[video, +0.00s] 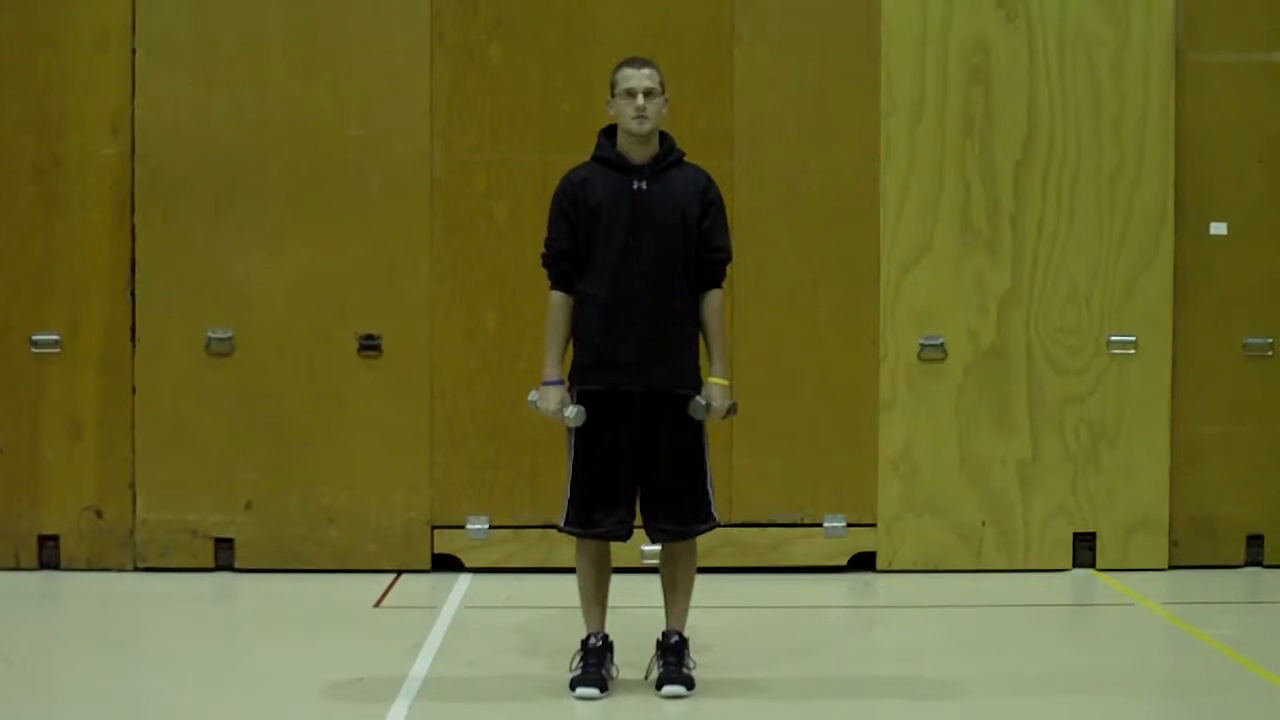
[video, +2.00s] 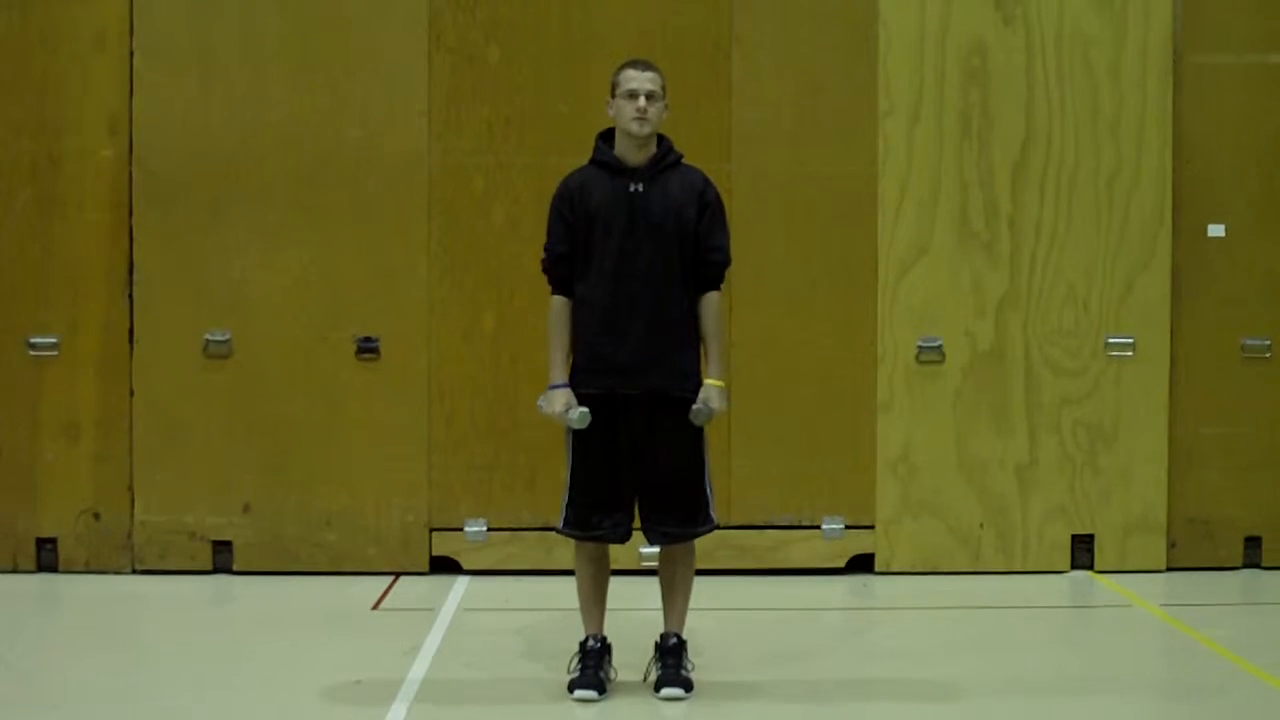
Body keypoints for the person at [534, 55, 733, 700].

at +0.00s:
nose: (641, 105)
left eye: (651, 95)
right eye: (630, 95)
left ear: (666, 105)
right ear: (611, 105)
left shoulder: (696, 186)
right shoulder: (579, 186)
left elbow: (711, 287)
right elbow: (561, 288)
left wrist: (719, 374)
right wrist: (552, 376)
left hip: (674, 382)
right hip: (598, 382)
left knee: (678, 522)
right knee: (593, 520)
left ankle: (674, 646)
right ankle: (594, 646)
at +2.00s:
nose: (642, 106)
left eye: (652, 97)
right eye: (631, 96)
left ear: (665, 110)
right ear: (610, 106)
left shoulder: (695, 189)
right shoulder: (577, 189)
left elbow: (710, 289)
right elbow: (561, 292)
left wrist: (715, 376)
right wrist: (558, 381)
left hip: (673, 385)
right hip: (596, 385)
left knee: (677, 524)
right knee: (591, 523)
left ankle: (673, 648)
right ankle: (593, 648)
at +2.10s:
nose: (641, 106)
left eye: (651, 97)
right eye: (630, 96)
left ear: (664, 109)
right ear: (609, 107)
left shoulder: (693, 189)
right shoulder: (576, 189)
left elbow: (709, 289)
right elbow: (560, 292)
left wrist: (715, 376)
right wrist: (557, 381)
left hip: (672, 385)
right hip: (596, 385)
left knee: (676, 524)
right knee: (591, 523)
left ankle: (672, 648)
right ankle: (593, 648)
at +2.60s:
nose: (639, 106)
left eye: (649, 96)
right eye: (628, 96)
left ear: (663, 108)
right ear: (607, 107)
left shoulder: (693, 188)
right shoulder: (576, 189)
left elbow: (709, 289)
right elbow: (560, 292)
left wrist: (717, 375)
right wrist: (550, 382)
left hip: (673, 384)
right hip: (597, 384)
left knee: (677, 524)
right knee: (592, 522)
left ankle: (673, 648)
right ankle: (592, 648)